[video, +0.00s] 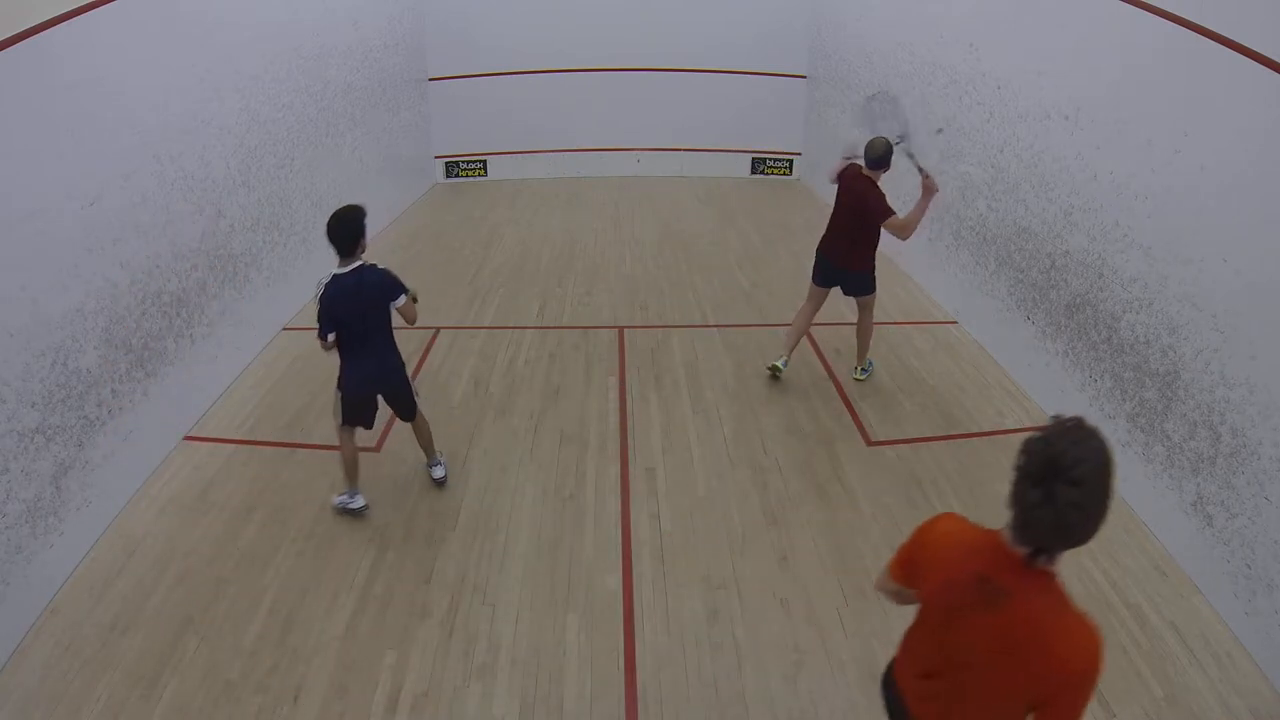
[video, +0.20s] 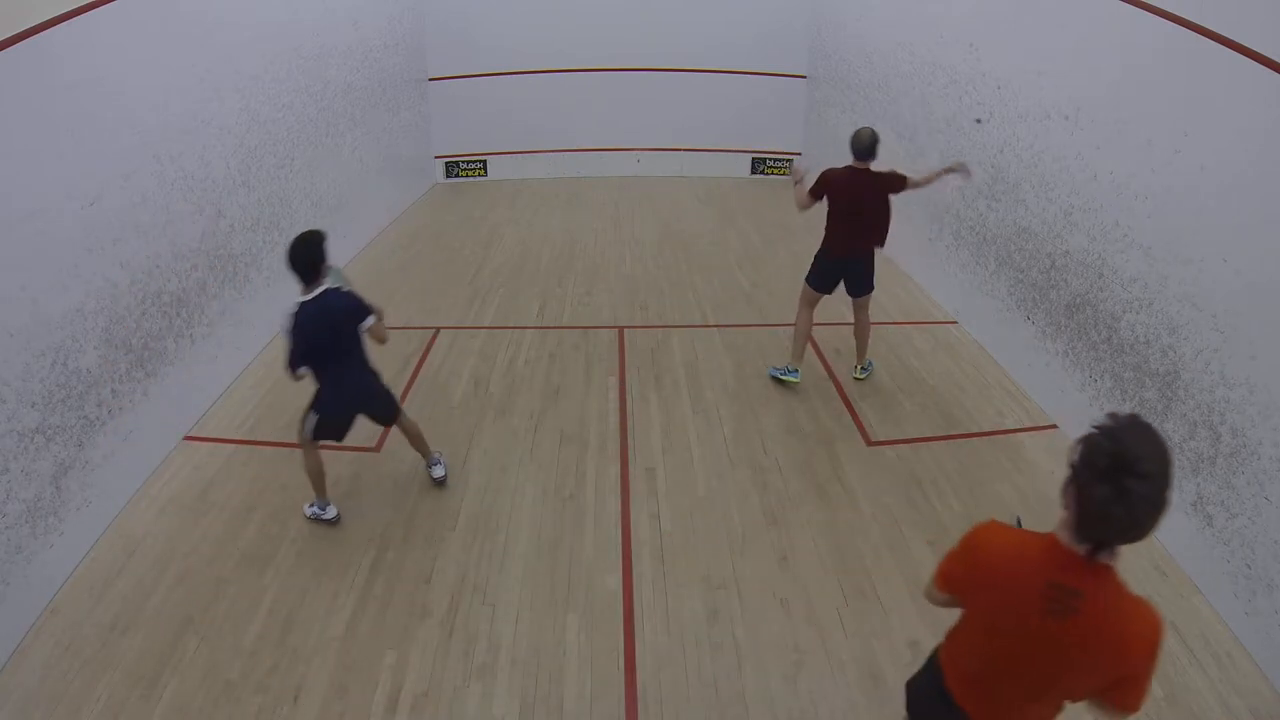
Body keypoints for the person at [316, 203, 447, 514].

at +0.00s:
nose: (367, 237)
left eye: (363, 232)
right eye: (365, 233)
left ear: (333, 244)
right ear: (361, 241)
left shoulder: (329, 290)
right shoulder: (380, 277)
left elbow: (326, 342)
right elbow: (411, 318)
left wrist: (346, 329)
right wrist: (409, 298)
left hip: (354, 375)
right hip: (389, 367)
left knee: (347, 431)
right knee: (414, 415)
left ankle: (353, 494)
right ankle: (435, 465)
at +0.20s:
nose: (329, 261)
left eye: (324, 257)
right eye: (326, 258)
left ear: (295, 271)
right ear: (322, 265)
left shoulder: (300, 317)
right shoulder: (344, 298)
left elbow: (296, 372)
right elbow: (380, 336)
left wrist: (318, 349)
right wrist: (377, 316)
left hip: (332, 395)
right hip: (366, 383)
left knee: (308, 440)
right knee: (401, 420)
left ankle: (323, 505)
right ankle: (434, 465)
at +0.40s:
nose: (281, 258)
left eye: (277, 253)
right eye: (278, 254)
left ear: (247, 267)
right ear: (274, 261)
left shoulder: (247, 316)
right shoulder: (298, 298)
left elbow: (240, 370)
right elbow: (336, 337)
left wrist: (250, 345)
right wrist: (321, 321)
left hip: (282, 401)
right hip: (315, 387)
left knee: (299, 452)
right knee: (346, 434)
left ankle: (320, 504)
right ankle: (377, 481)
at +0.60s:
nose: (247, 267)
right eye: (245, 263)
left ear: (211, 277)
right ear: (244, 268)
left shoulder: (216, 324)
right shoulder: (267, 306)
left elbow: (211, 383)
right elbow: (302, 350)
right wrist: (274, 342)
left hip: (252, 419)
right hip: (286, 406)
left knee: (268, 485)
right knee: (292, 465)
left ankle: (278, 554)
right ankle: (304, 520)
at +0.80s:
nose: (216, 319)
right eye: (215, 314)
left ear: (183, 331)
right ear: (216, 321)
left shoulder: (194, 381)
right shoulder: (244, 357)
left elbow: (197, 442)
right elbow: (275, 403)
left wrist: (210, 438)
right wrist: (246, 410)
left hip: (238, 473)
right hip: (270, 453)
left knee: (225, 550)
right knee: (278, 484)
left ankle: (248, 632)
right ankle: (304, 527)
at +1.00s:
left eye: (133, 353)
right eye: (159, 343)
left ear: (131, 363)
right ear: (166, 347)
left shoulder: (154, 415)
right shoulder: (200, 384)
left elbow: (163, 487)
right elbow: (221, 435)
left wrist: (140, 473)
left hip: (206, 512)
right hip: (238, 486)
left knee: (210, 586)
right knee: (252, 522)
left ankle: (259, 653)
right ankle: (290, 549)